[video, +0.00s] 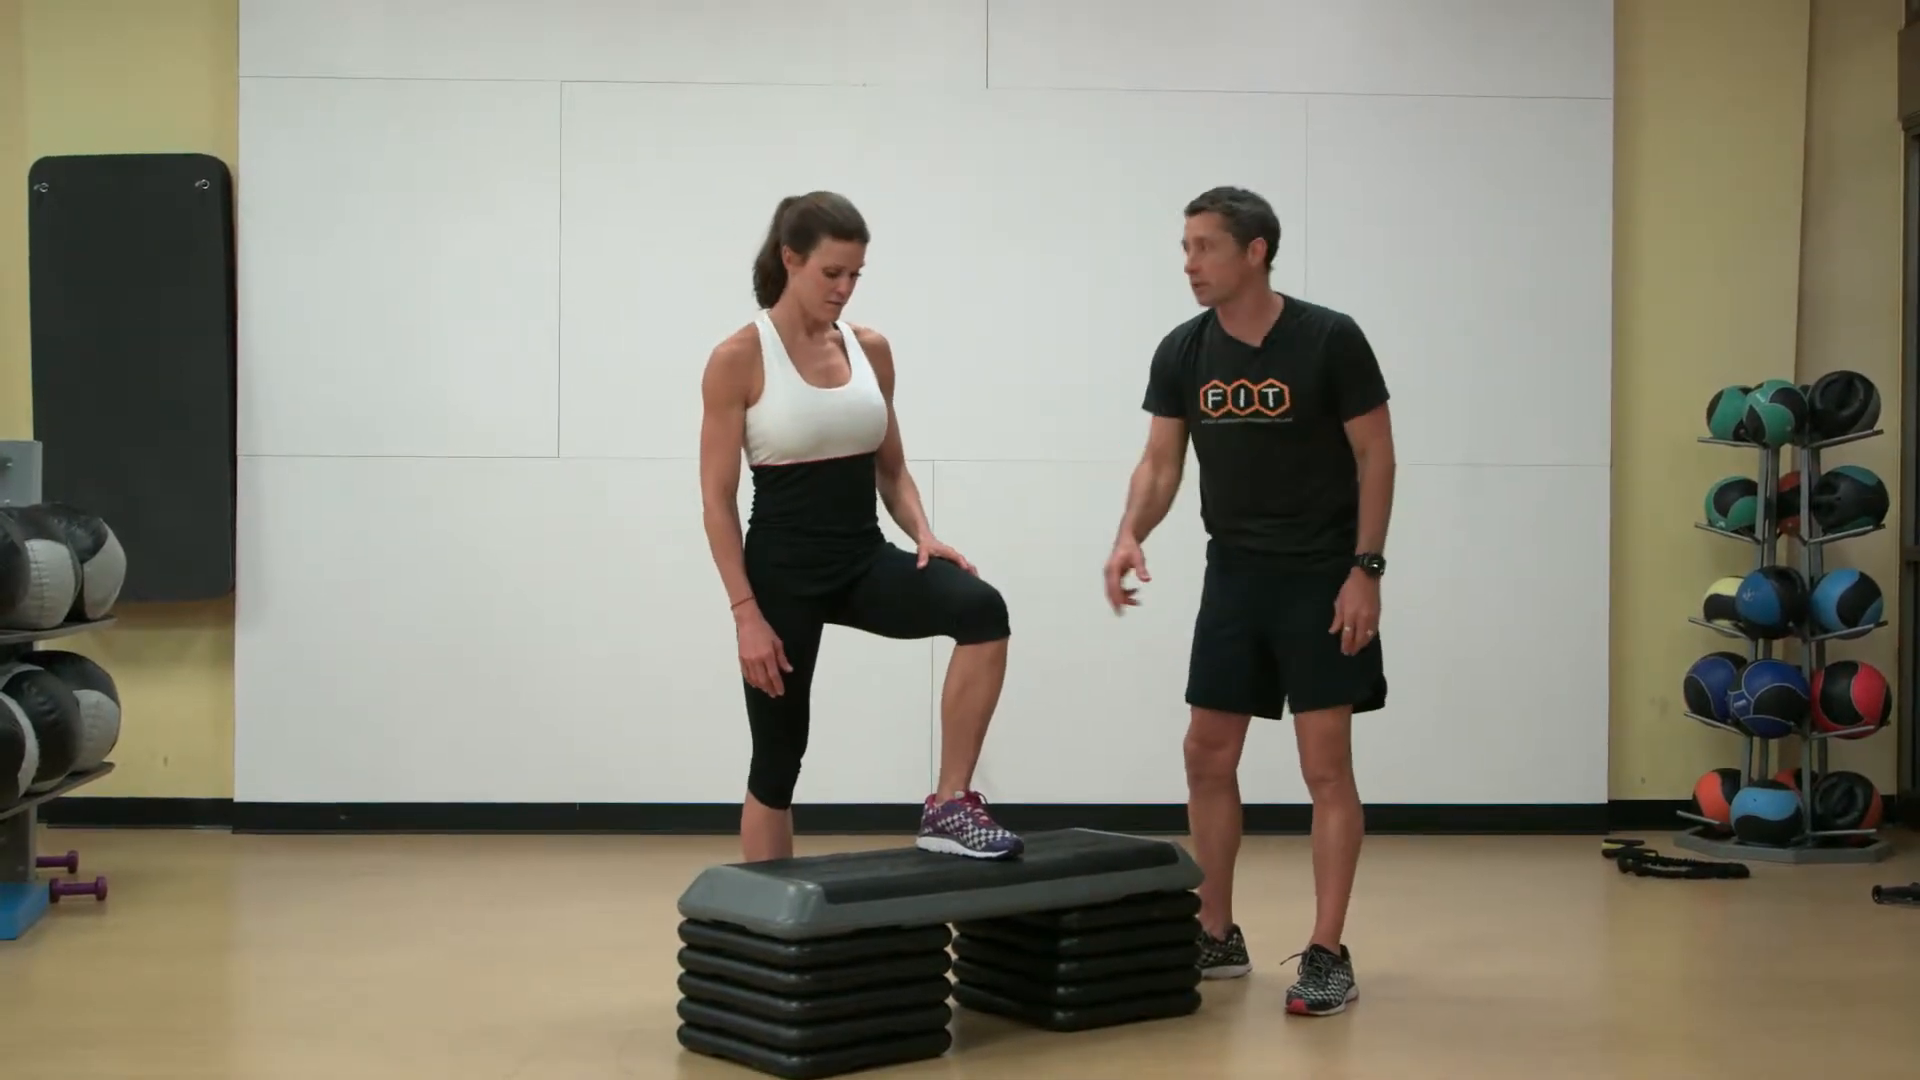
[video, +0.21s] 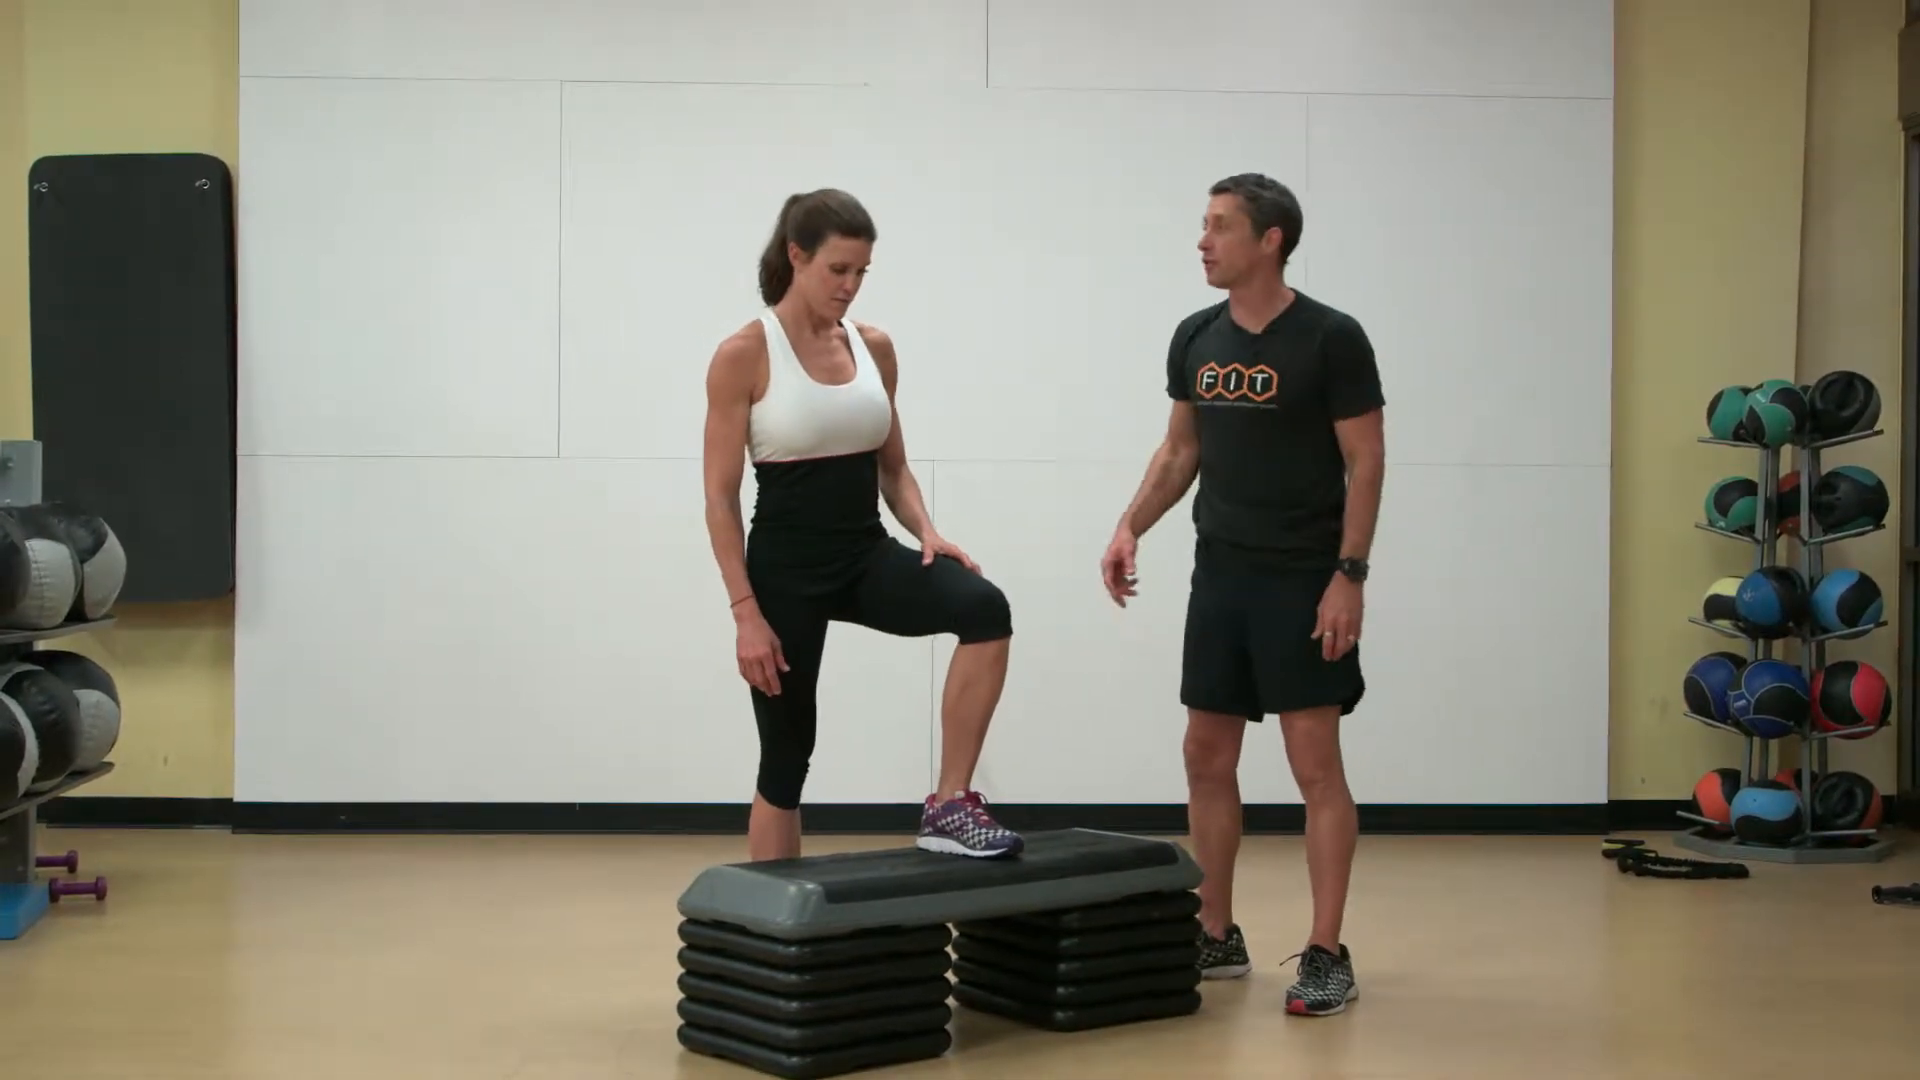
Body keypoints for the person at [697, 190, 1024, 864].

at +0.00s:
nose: (846, 288)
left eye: (855, 274)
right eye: (833, 272)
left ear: (861, 270)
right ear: (789, 261)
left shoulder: (869, 350)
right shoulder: (739, 360)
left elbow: (891, 468)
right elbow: (717, 500)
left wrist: (924, 535)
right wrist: (745, 613)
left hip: (861, 561)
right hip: (782, 570)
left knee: (982, 611)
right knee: (776, 766)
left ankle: (951, 803)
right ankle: (767, 932)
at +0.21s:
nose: (851, 286)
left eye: (860, 271)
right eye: (838, 269)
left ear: (867, 268)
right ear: (795, 256)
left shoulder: (872, 348)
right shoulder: (745, 356)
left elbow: (893, 468)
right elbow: (720, 498)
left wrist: (926, 532)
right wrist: (745, 613)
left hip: (864, 557)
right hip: (785, 567)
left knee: (985, 610)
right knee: (785, 763)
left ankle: (950, 801)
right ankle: (770, 933)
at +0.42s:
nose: (853, 285)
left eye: (863, 270)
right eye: (841, 268)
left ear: (869, 267)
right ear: (797, 255)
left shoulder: (870, 349)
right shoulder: (748, 353)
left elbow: (887, 472)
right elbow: (722, 494)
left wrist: (931, 536)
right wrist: (750, 610)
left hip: (862, 558)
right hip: (785, 568)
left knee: (988, 608)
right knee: (784, 761)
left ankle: (951, 802)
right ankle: (775, 933)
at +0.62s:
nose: (853, 280)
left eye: (862, 266)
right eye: (840, 263)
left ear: (867, 264)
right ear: (796, 252)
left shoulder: (869, 348)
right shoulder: (749, 351)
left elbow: (884, 473)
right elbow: (725, 492)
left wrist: (932, 559)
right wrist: (761, 604)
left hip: (861, 558)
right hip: (785, 569)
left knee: (984, 606)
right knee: (785, 763)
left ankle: (953, 800)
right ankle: (771, 934)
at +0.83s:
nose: (865, 272)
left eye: (872, 258)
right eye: (851, 256)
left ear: (876, 259)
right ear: (804, 253)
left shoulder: (880, 349)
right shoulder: (760, 354)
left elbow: (886, 476)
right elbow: (729, 491)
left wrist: (915, 598)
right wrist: (795, 565)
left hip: (872, 558)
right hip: (791, 567)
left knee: (982, 605)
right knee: (789, 765)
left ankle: (952, 801)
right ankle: (774, 935)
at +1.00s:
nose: (892, 267)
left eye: (898, 253)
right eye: (876, 253)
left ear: (902, 258)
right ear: (831, 258)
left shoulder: (906, 353)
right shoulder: (787, 356)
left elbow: (894, 471)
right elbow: (757, 494)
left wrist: (899, 592)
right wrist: (841, 489)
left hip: (881, 558)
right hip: (806, 568)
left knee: (993, 609)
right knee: (804, 768)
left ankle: (952, 802)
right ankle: (775, 937)